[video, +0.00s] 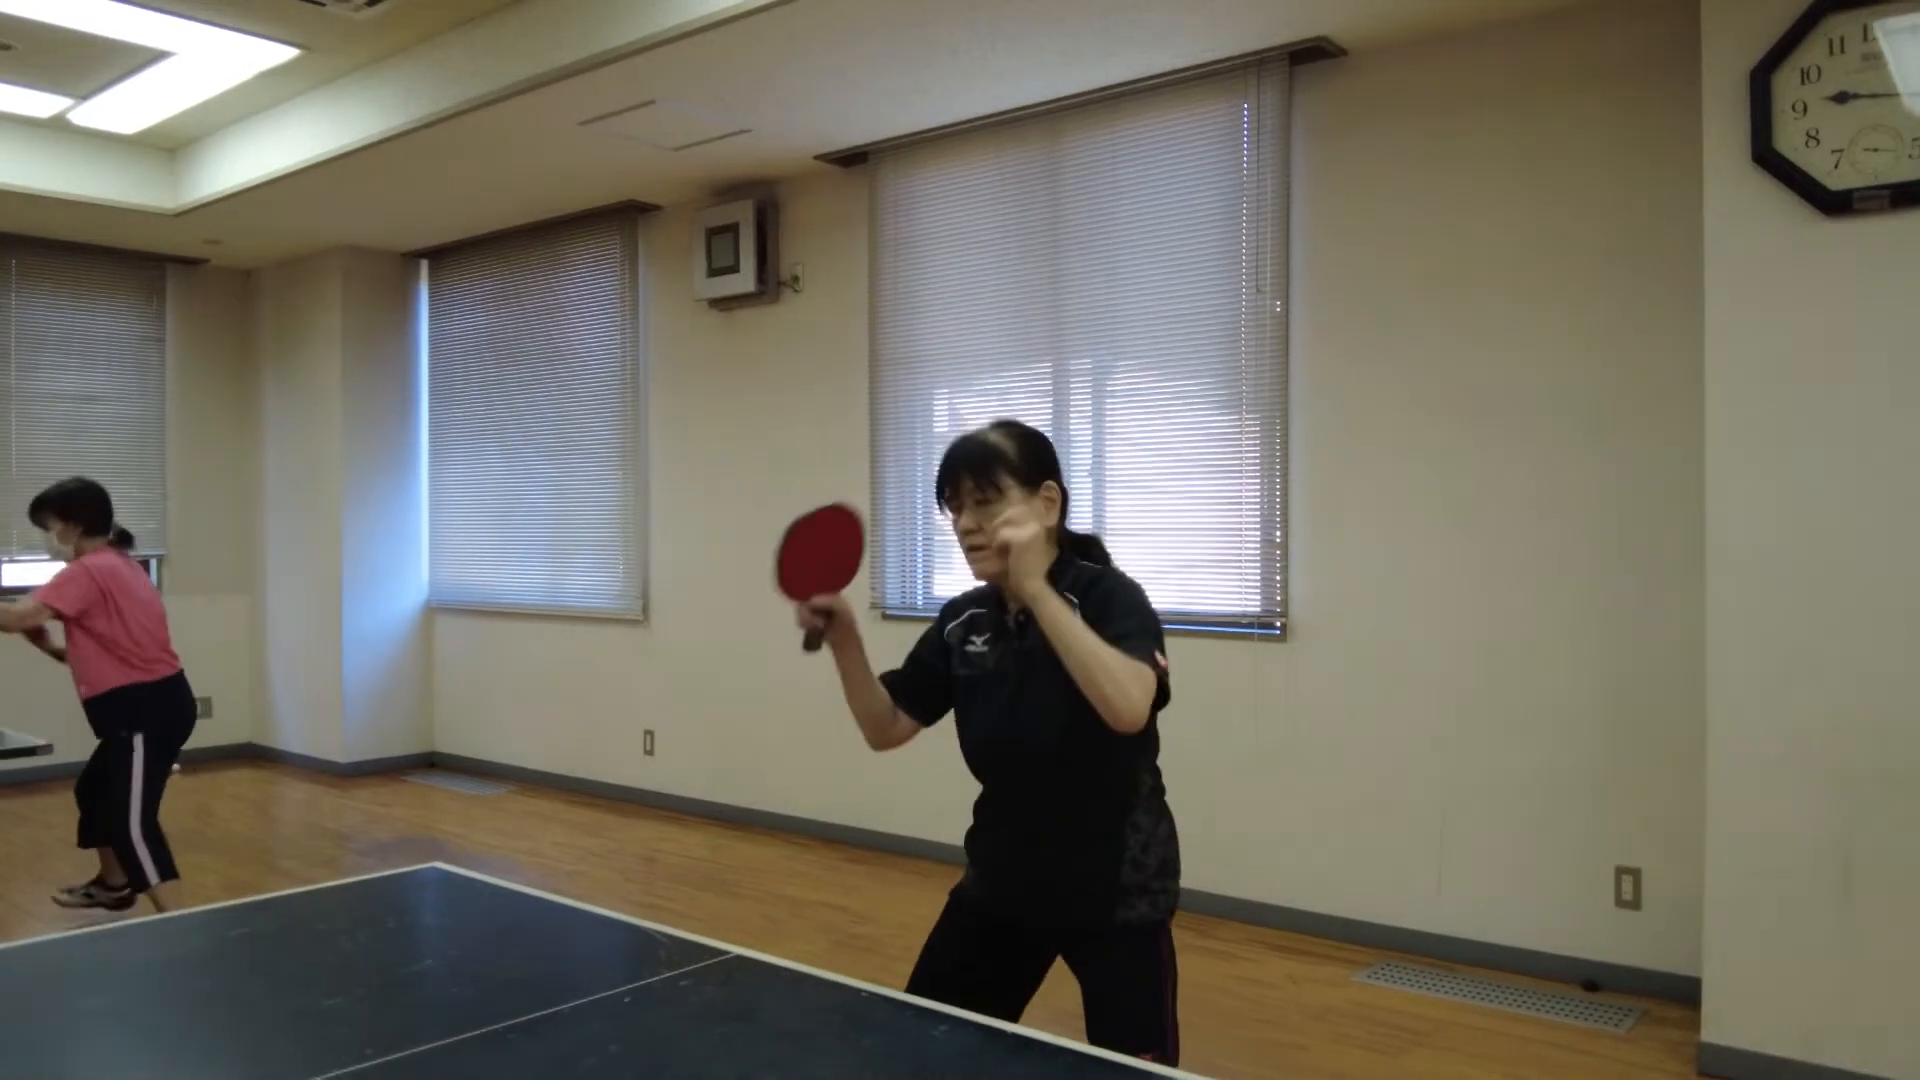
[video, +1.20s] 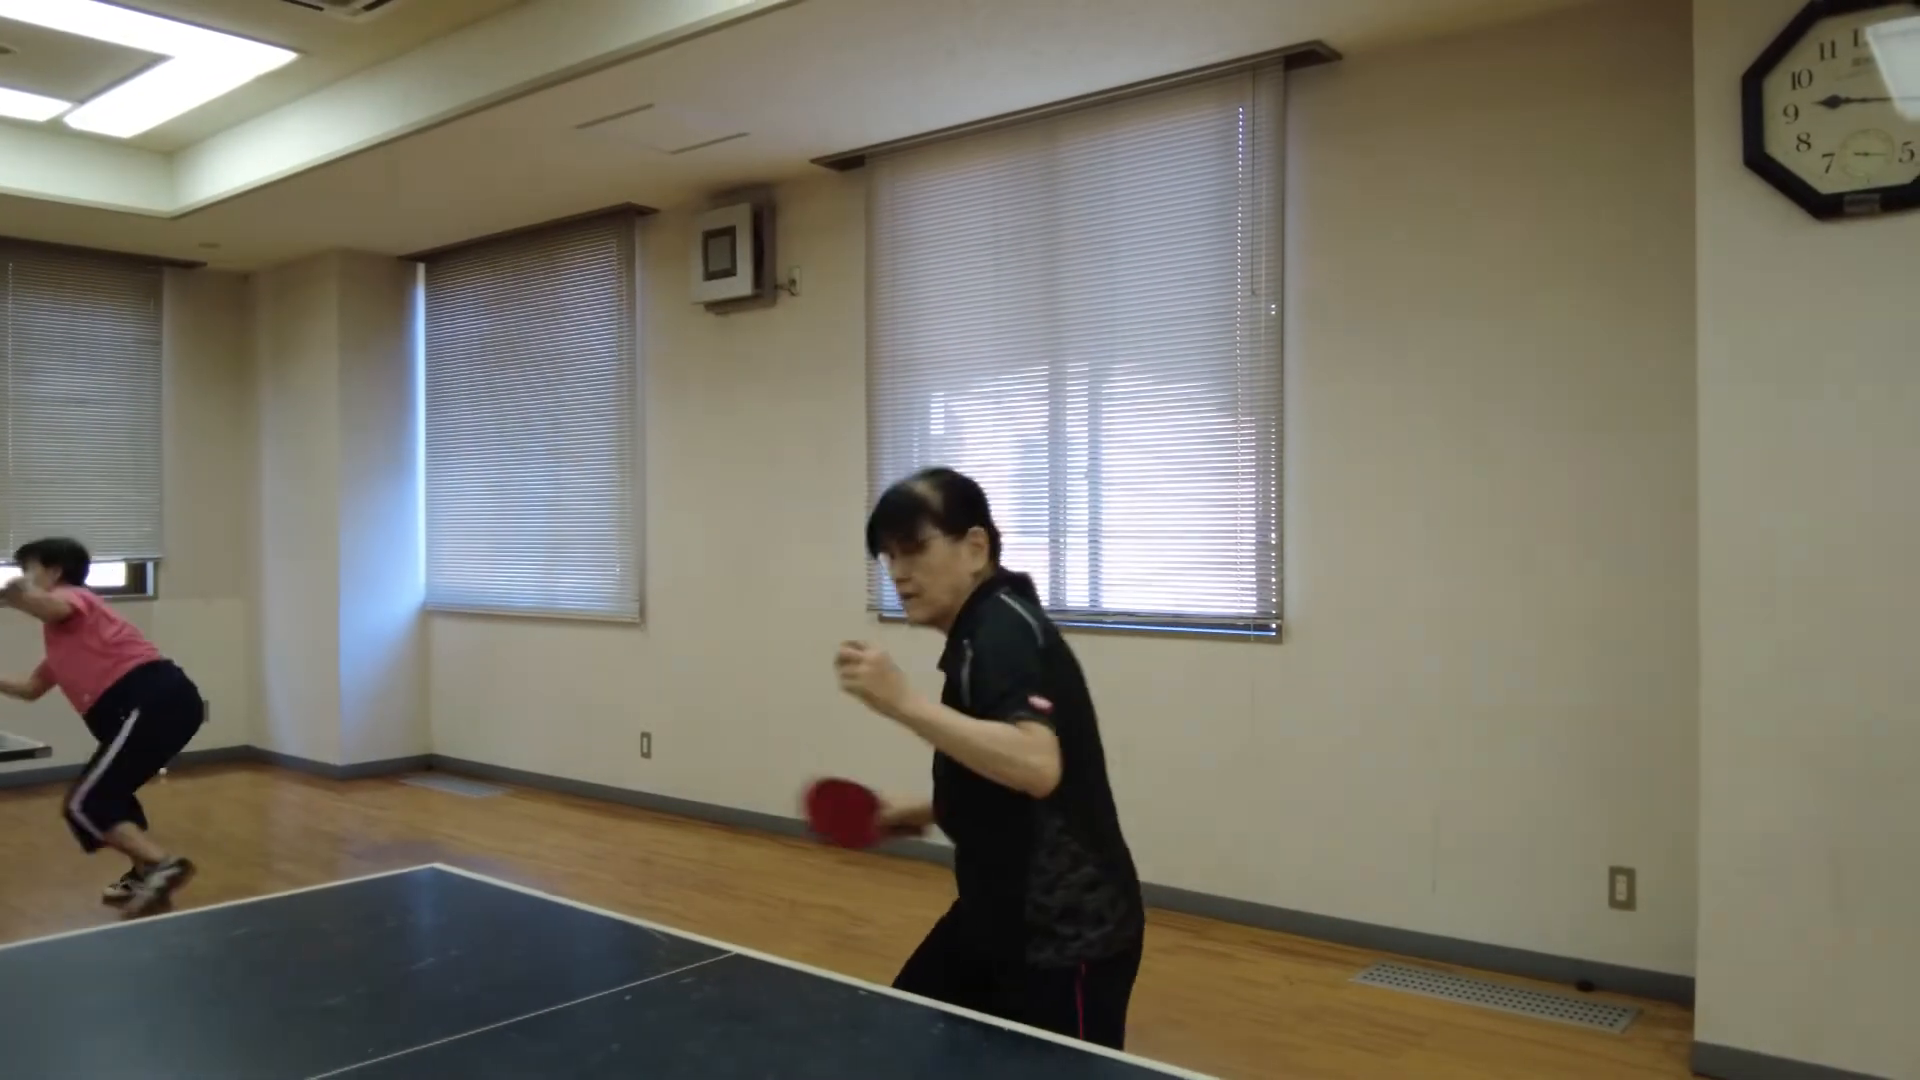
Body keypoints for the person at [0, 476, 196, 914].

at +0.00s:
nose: (51, 540)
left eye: (53, 529)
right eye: (49, 530)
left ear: (74, 524)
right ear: (94, 523)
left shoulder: (90, 570)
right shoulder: (121, 567)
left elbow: (22, 616)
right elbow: (103, 658)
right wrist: (48, 645)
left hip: (146, 711)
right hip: (146, 706)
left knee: (133, 821)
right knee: (93, 791)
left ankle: (176, 922)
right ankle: (114, 882)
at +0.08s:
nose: (45, 543)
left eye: (46, 532)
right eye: (42, 535)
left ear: (68, 527)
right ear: (88, 527)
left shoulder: (83, 571)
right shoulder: (107, 573)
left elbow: (10, 590)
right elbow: (71, 650)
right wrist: (9, 639)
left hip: (155, 701)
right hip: (150, 702)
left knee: (148, 816)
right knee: (103, 791)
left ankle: (186, 925)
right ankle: (105, 887)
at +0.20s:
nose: (30, 561)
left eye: (34, 550)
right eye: (29, 551)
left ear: (62, 549)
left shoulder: (85, 583)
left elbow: (10, 576)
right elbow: (6, 636)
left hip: (168, 705)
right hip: (140, 716)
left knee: (163, 817)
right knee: (94, 787)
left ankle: (190, 920)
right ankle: (101, 885)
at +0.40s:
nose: (27, 556)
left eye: (34, 544)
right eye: (24, 548)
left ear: (64, 543)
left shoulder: (85, 576)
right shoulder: (58, 623)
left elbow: (64, 606)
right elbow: (31, 675)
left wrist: (8, 590)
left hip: (170, 700)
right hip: (134, 717)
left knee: (171, 809)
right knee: (85, 783)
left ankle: (219, 910)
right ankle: (99, 887)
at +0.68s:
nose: (68, 537)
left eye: (74, 526)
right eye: (66, 527)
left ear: (102, 526)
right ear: (96, 529)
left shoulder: (116, 571)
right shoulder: (108, 578)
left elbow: (76, 636)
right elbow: (74, 662)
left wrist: (6, 615)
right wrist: (4, 670)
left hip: (183, 696)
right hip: (158, 704)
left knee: (174, 814)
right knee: (113, 784)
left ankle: (224, 913)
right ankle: (123, 879)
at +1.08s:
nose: (47, 551)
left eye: (51, 541)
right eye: (46, 542)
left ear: (76, 541)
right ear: (84, 543)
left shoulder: (83, 575)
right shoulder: (85, 587)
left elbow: (26, 601)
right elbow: (71, 664)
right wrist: (6, 659)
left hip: (165, 693)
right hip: (150, 699)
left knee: (145, 798)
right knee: (111, 782)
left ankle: (195, 897)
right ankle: (147, 876)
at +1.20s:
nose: (23, 580)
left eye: (28, 571)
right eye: (23, 573)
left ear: (55, 571)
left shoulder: (74, 597)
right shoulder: (63, 639)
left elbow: (58, 609)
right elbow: (32, 690)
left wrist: (18, 597)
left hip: (157, 699)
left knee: (85, 803)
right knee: (108, 793)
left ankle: (160, 863)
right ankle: (145, 869)